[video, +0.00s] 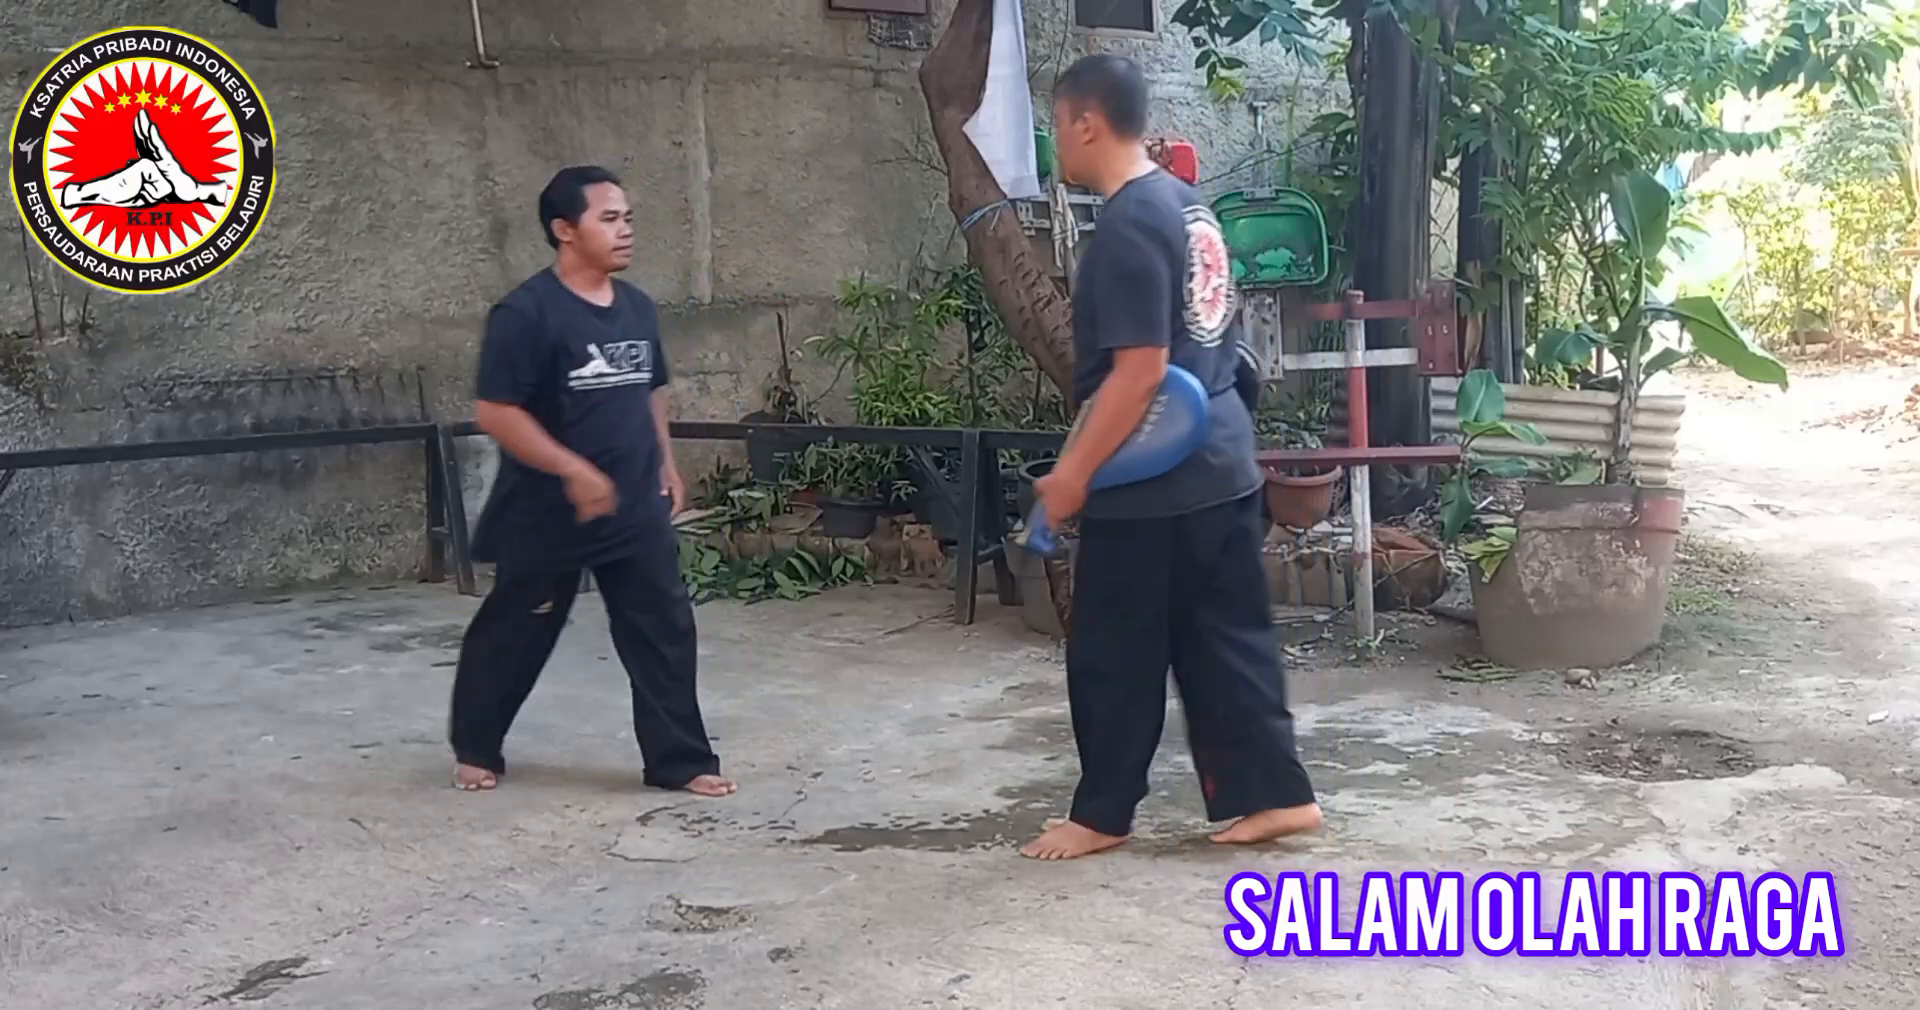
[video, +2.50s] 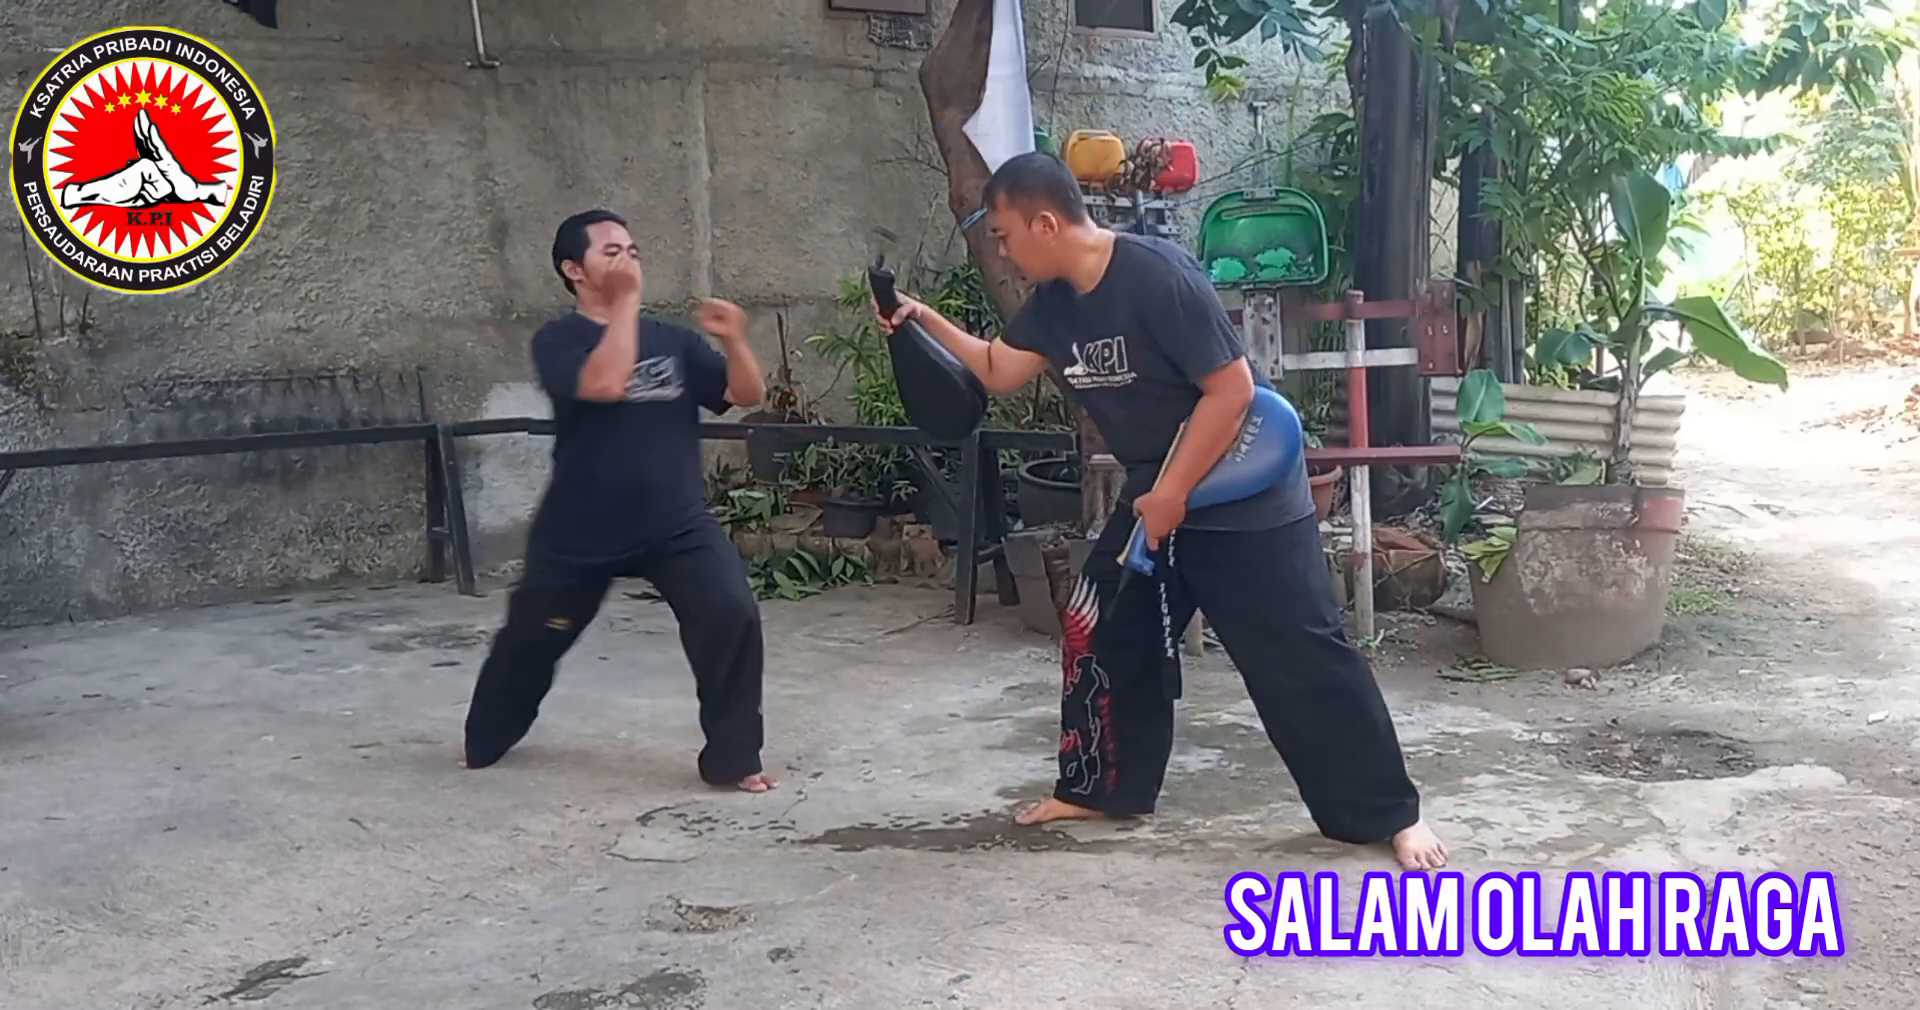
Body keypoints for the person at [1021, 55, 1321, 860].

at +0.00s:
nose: (1057, 146)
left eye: (1059, 128)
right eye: (1059, 129)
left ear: (1088, 125)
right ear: (1133, 125)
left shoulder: (1129, 223)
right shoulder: (1185, 204)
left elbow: (1141, 367)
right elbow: (1201, 348)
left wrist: (1073, 472)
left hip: (1147, 481)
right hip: (1217, 470)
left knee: (1112, 648)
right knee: (1228, 636)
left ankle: (1102, 813)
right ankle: (1280, 795)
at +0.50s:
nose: (920, 225)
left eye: (920, 205)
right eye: (915, 208)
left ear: (954, 188)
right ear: (958, 189)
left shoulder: (1051, 239)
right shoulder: (990, 276)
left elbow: (1093, 368)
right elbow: (1031, 389)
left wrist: (1022, 463)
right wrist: (1021, 472)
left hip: (1144, 462)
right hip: (1078, 467)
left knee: (1139, 628)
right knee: (1059, 623)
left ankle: (1164, 804)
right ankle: (1058, 779)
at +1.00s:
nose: (1020, 184)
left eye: (1023, 167)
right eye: (1017, 169)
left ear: (1065, 159)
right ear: (1065, 159)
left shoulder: (1160, 238)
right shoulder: (1073, 246)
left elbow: (1206, 368)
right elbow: (1098, 356)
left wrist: (1142, 469)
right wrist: (1069, 445)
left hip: (1204, 493)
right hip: (1125, 491)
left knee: (1237, 656)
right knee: (1107, 637)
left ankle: (1295, 813)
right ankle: (1088, 778)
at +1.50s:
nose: (1023, 208)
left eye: (1022, 190)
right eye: (1018, 193)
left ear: (1060, 174)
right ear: (1066, 174)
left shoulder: (1165, 245)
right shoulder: (1076, 265)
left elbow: (1210, 374)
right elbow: (1103, 373)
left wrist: (1145, 474)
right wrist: (1078, 457)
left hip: (1222, 495)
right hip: (1140, 497)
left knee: (1286, 654)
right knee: (1118, 644)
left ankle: (1362, 815)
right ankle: (1097, 783)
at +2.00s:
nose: (1037, 195)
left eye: (1040, 177)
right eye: (1035, 180)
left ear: (1079, 167)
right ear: (1084, 168)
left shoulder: (1172, 242)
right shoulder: (1089, 254)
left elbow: (1215, 374)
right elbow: (1109, 370)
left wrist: (1143, 469)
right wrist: (1082, 453)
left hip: (1223, 491)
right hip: (1139, 491)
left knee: (1281, 651)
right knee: (1122, 643)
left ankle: (1358, 815)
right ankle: (1110, 786)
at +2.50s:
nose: (1003, 250)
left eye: (1005, 234)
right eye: (998, 237)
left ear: (1047, 222)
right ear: (1047, 223)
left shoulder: (1158, 275)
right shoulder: (1052, 301)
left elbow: (1231, 389)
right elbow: (999, 370)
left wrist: (1169, 490)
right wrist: (921, 321)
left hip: (1247, 493)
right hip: (1156, 498)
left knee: (1308, 647)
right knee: (1109, 634)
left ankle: (1396, 815)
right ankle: (1106, 791)